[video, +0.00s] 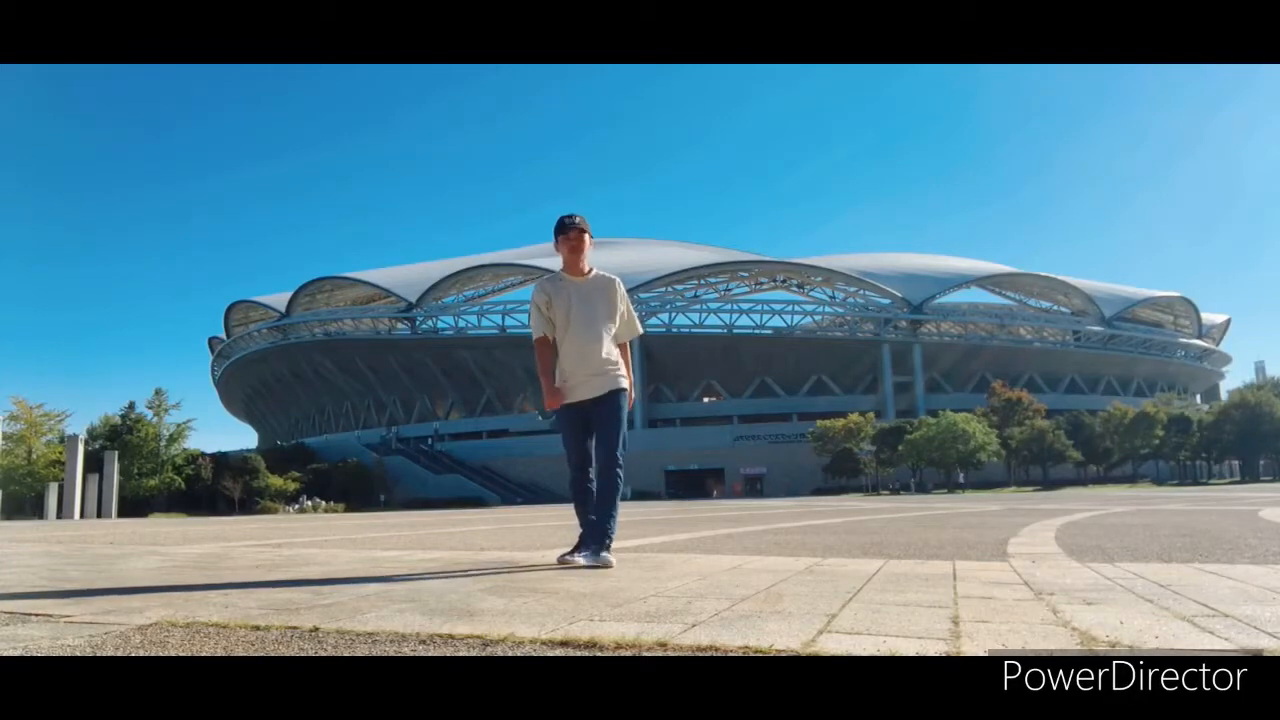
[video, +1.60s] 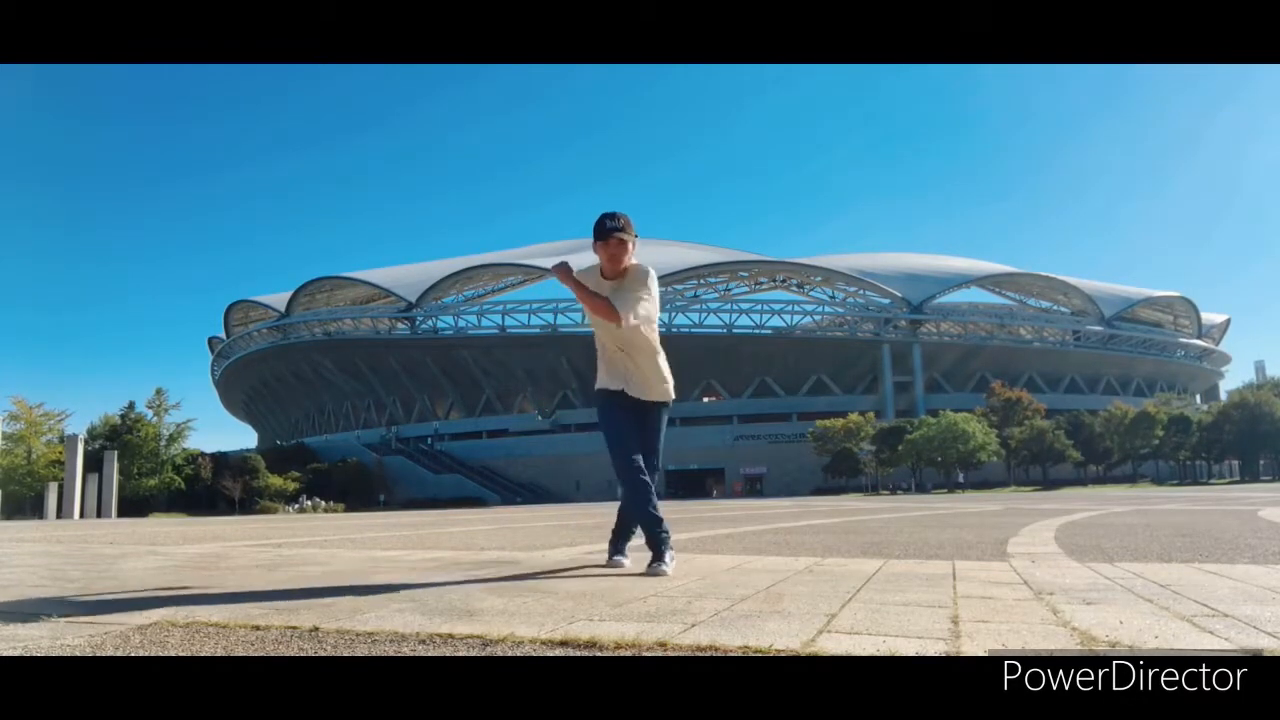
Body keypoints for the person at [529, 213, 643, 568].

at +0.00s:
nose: (576, 242)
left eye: (581, 236)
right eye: (569, 238)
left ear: (590, 242)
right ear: (557, 244)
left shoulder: (611, 285)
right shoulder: (545, 289)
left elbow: (622, 340)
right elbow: (542, 342)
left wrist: (628, 382)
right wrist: (548, 386)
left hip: (611, 384)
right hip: (569, 390)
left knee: (608, 464)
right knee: (579, 468)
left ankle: (601, 546)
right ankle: (588, 539)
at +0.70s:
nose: (611, 236)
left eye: (617, 230)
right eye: (604, 231)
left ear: (627, 237)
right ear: (593, 239)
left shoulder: (646, 280)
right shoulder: (575, 283)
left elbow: (656, 331)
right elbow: (566, 334)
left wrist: (657, 369)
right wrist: (571, 382)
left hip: (638, 391)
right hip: (595, 393)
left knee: (644, 468)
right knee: (600, 470)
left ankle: (645, 543)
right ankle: (615, 537)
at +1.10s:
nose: (639, 253)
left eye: (646, 247)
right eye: (631, 247)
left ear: (655, 253)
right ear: (620, 253)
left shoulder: (663, 293)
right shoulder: (595, 293)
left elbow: (646, 336)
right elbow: (555, 329)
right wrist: (525, 365)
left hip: (635, 395)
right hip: (591, 391)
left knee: (630, 471)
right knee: (581, 456)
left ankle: (618, 545)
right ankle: (603, 484)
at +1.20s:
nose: (628, 260)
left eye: (635, 254)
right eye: (620, 254)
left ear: (647, 259)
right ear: (610, 260)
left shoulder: (666, 293)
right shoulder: (593, 299)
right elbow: (558, 319)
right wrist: (534, 343)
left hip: (637, 405)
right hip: (594, 396)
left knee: (637, 477)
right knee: (560, 457)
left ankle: (618, 547)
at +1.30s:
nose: (614, 265)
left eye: (621, 259)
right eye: (607, 259)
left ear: (634, 264)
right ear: (597, 265)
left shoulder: (655, 311)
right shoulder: (586, 299)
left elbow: (686, 326)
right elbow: (574, 325)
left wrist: (712, 329)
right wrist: (572, 350)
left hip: (640, 400)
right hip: (599, 383)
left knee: (636, 476)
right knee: (567, 435)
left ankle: (616, 546)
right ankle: (544, 438)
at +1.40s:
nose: (613, 262)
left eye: (620, 255)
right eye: (606, 255)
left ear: (632, 259)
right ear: (594, 259)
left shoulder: (645, 302)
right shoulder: (582, 294)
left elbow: (658, 360)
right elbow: (593, 336)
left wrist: (665, 411)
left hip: (640, 385)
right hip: (601, 375)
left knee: (638, 472)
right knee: (598, 417)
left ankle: (619, 544)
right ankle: (598, 508)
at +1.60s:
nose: (615, 251)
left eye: (622, 244)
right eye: (608, 244)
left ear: (633, 246)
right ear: (596, 246)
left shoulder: (644, 277)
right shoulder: (587, 279)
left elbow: (618, 316)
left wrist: (570, 281)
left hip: (652, 385)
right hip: (611, 384)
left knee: (647, 469)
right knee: (629, 465)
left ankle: (619, 543)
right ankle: (661, 544)